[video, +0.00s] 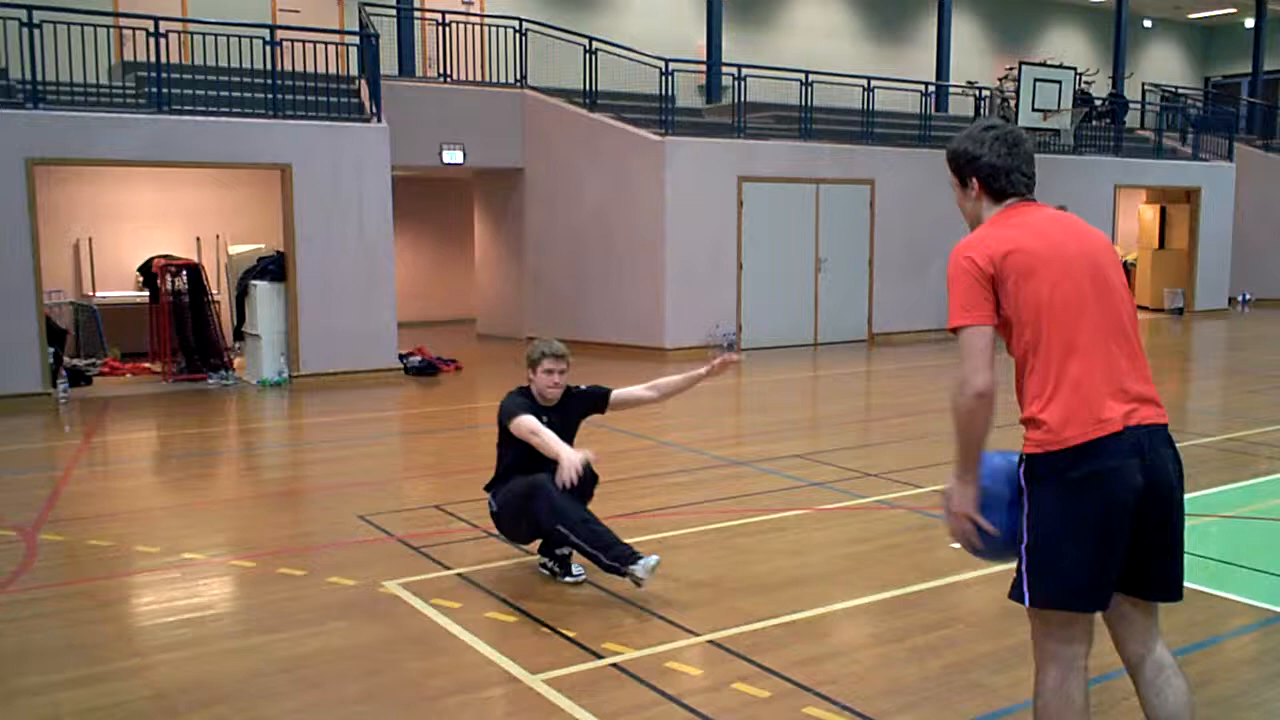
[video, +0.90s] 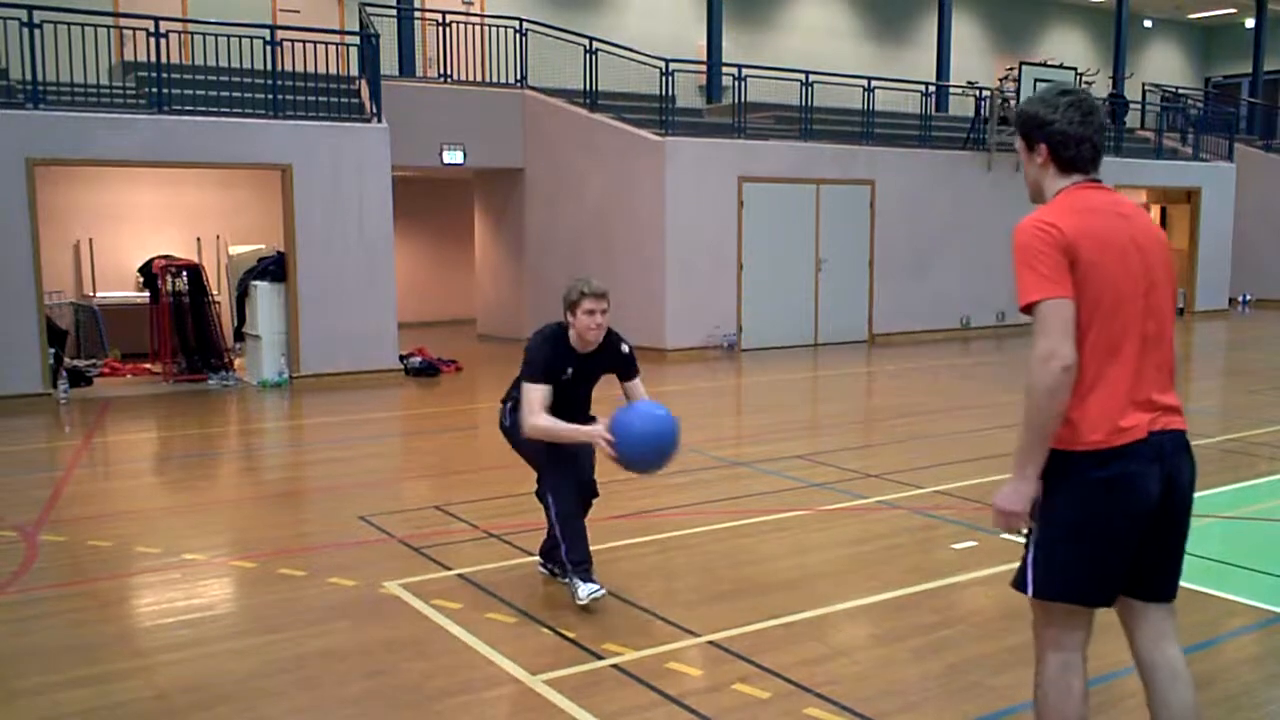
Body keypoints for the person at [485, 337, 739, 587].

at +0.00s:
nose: (555, 380)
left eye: (561, 373)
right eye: (548, 373)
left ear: (567, 374)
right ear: (531, 374)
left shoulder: (578, 399)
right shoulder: (514, 404)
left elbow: (651, 392)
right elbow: (533, 433)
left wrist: (703, 373)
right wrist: (566, 454)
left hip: (553, 504)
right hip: (511, 510)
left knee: (583, 472)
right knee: (539, 486)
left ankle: (555, 554)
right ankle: (628, 562)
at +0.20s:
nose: (571, 379)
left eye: (577, 372)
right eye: (563, 372)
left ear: (583, 373)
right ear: (546, 374)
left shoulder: (591, 394)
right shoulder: (531, 403)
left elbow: (658, 378)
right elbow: (563, 431)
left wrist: (709, 354)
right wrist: (608, 452)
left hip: (558, 488)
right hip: (516, 498)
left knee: (589, 478)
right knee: (558, 482)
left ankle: (556, 556)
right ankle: (635, 568)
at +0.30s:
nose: (585, 367)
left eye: (590, 360)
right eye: (576, 360)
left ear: (596, 361)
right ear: (557, 363)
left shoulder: (597, 377)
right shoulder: (542, 388)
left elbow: (660, 367)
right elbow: (574, 409)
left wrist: (706, 345)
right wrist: (617, 413)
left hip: (562, 464)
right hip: (517, 471)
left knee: (591, 478)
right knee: (563, 482)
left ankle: (556, 556)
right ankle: (625, 572)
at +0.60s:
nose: (598, 324)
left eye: (603, 316)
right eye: (589, 317)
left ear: (608, 318)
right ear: (570, 319)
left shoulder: (611, 341)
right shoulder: (552, 345)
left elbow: (662, 353)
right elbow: (578, 369)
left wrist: (701, 350)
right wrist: (617, 368)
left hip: (568, 430)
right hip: (520, 426)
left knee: (586, 484)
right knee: (558, 454)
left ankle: (554, 556)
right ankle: (597, 559)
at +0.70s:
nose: (596, 325)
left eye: (601, 318)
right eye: (587, 318)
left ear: (607, 319)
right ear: (568, 321)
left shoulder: (608, 342)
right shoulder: (550, 348)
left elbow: (647, 361)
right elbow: (580, 379)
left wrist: (681, 369)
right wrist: (623, 388)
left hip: (568, 427)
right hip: (520, 423)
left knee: (582, 485)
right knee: (557, 453)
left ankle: (553, 555)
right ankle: (593, 560)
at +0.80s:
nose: (594, 323)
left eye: (599, 315)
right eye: (585, 316)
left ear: (605, 317)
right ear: (567, 319)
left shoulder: (612, 344)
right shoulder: (547, 349)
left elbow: (648, 389)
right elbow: (569, 410)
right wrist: (629, 418)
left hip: (572, 421)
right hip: (523, 419)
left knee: (580, 488)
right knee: (557, 453)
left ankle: (553, 555)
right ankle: (586, 568)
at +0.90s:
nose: (598, 321)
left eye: (603, 313)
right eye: (589, 313)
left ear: (609, 315)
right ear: (570, 317)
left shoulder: (615, 348)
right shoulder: (544, 346)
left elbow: (640, 401)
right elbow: (531, 423)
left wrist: (653, 430)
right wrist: (590, 434)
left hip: (577, 420)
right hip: (527, 417)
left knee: (584, 490)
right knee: (558, 478)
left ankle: (553, 555)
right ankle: (581, 576)